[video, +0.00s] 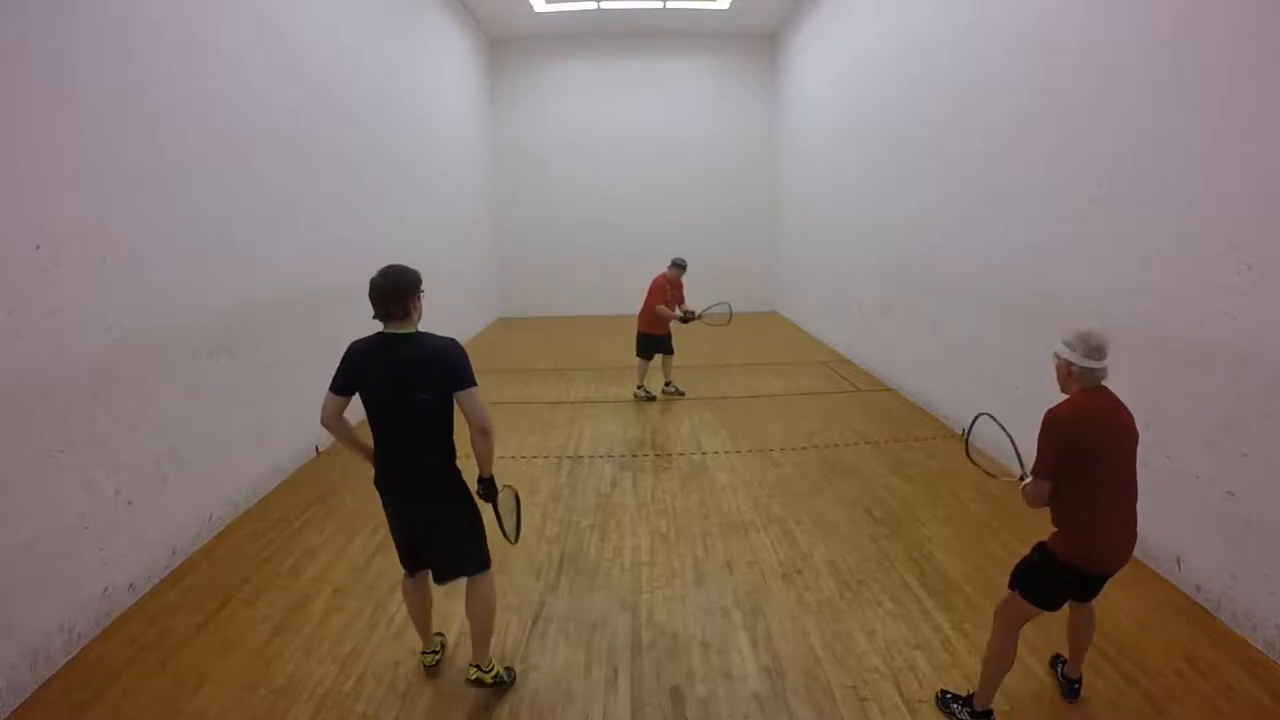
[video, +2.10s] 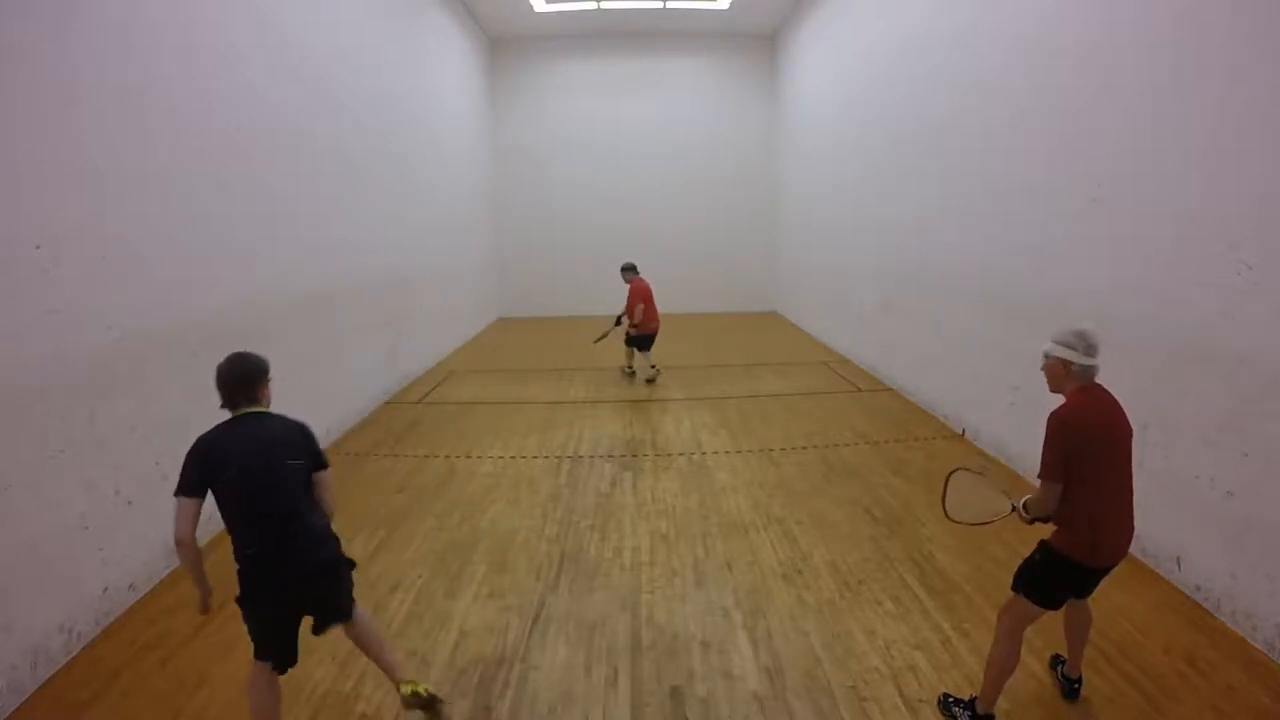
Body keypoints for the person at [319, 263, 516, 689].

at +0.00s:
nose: (422, 301)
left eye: (419, 295)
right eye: (421, 296)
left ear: (375, 307)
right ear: (416, 302)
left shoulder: (359, 354)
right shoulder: (446, 351)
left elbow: (331, 417)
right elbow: (480, 425)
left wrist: (371, 455)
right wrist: (486, 475)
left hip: (393, 482)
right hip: (440, 480)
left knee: (413, 568)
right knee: (478, 568)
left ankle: (428, 647)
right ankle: (481, 665)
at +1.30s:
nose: (396, 296)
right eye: (394, 289)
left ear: (345, 302)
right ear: (391, 296)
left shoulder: (326, 358)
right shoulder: (423, 344)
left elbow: (305, 441)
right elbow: (461, 420)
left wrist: (347, 471)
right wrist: (459, 485)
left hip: (363, 508)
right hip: (425, 503)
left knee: (362, 602)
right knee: (470, 599)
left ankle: (368, 690)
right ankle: (508, 686)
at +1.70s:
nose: (354, 303)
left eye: (351, 295)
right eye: (352, 296)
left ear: (301, 306)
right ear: (346, 303)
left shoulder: (274, 360)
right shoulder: (375, 354)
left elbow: (234, 437)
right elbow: (428, 428)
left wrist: (285, 475)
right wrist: (437, 495)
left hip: (307, 520)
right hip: (370, 513)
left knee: (312, 621)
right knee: (427, 610)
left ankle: (319, 715)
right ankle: (476, 701)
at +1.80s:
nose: (336, 311)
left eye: (333, 303)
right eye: (334, 304)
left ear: (283, 314)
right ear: (327, 311)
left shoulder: (257, 369)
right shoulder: (357, 363)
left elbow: (217, 448)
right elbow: (414, 436)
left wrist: (258, 497)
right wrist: (425, 496)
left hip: (292, 526)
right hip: (355, 519)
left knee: (289, 629)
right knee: (409, 616)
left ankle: (286, 716)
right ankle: (456, 707)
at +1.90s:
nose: (317, 344)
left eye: (313, 337)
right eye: (316, 338)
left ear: (266, 348)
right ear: (310, 344)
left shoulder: (244, 407)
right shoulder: (341, 396)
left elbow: (211, 492)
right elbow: (404, 467)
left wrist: (242, 546)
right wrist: (418, 519)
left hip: (282, 558)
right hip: (346, 552)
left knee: (269, 658)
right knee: (397, 642)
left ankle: (261, 718)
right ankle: (438, 715)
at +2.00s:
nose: (294, 370)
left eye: (291, 364)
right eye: (292, 365)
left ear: (244, 378)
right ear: (287, 372)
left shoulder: (225, 436)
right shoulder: (319, 423)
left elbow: (202, 525)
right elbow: (376, 494)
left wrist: (222, 576)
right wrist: (380, 538)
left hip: (267, 578)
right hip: (327, 570)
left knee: (265, 667)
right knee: (383, 644)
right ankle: (429, 713)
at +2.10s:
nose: (270, 389)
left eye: (267, 383)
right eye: (269, 384)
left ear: (223, 396)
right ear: (265, 390)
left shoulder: (205, 449)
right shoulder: (295, 432)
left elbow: (184, 538)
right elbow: (327, 503)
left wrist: (202, 588)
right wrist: (308, 534)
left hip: (262, 576)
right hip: (318, 560)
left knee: (265, 664)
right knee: (352, 614)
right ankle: (404, 683)